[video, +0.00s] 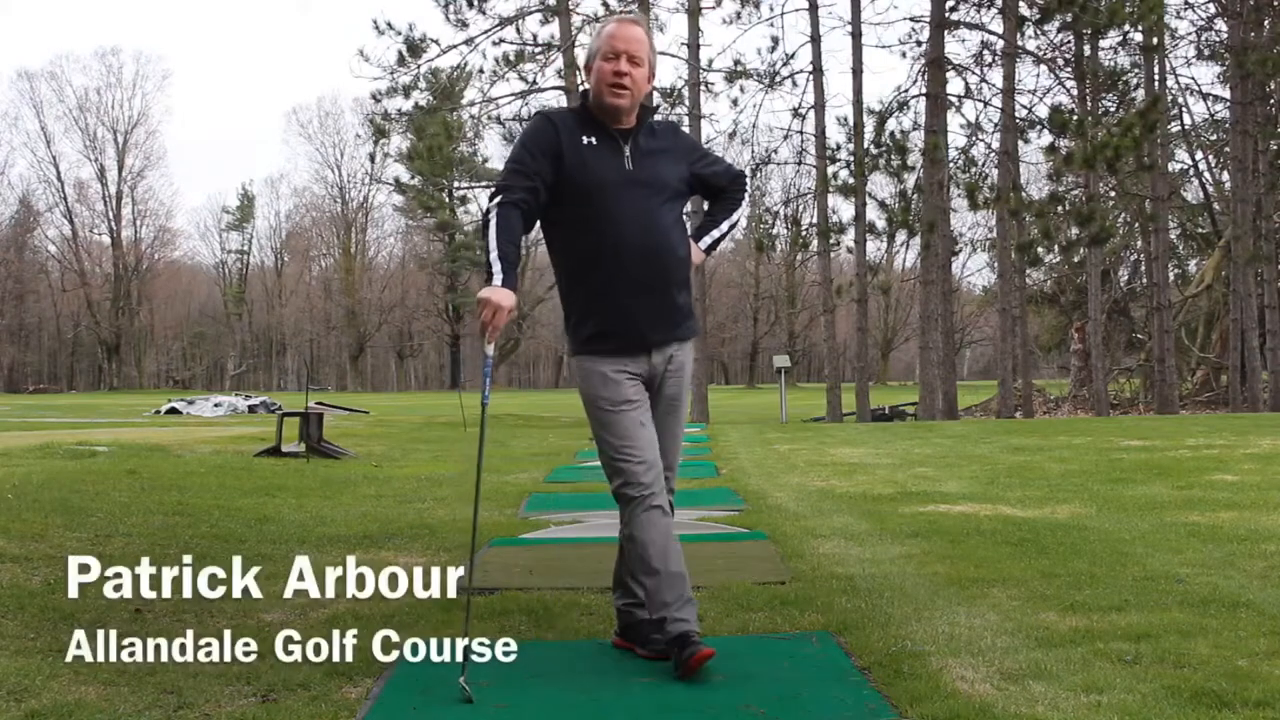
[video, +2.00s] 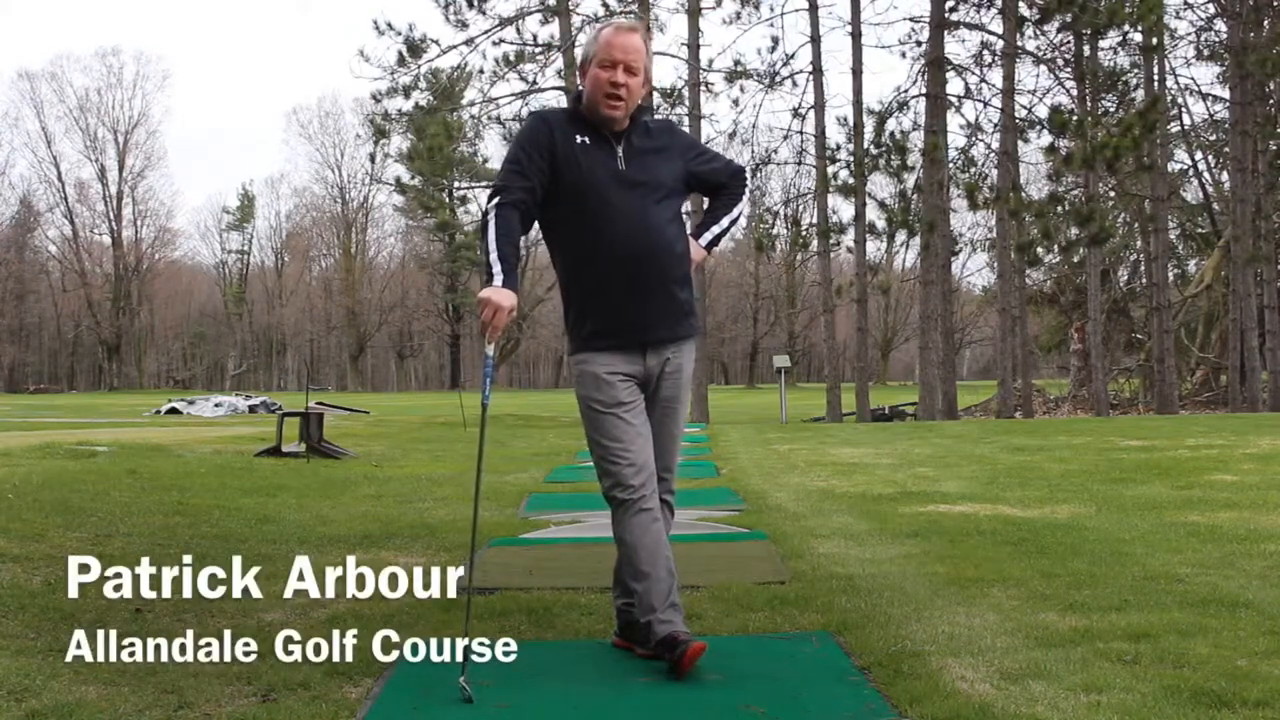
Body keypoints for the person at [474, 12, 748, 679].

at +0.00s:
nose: (620, 68)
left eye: (633, 60)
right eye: (610, 57)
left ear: (651, 77)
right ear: (588, 69)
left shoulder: (673, 141)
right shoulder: (553, 131)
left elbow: (732, 185)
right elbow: (511, 201)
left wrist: (701, 241)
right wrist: (502, 280)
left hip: (674, 339)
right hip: (600, 345)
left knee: (657, 487)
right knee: (642, 485)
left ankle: (635, 618)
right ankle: (681, 632)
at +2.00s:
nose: (617, 80)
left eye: (630, 70)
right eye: (606, 67)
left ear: (646, 82)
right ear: (584, 72)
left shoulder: (669, 141)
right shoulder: (548, 133)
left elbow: (733, 181)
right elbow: (508, 203)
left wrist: (703, 240)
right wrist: (503, 282)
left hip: (674, 339)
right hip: (599, 344)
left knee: (659, 488)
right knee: (634, 486)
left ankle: (634, 619)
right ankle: (669, 631)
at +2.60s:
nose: (612, 78)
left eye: (625, 68)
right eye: (602, 65)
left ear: (641, 80)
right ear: (579, 71)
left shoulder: (667, 139)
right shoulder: (544, 133)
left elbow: (733, 179)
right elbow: (506, 205)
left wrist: (703, 240)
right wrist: (501, 282)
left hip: (672, 339)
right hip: (596, 343)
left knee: (657, 489)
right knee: (630, 487)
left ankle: (632, 619)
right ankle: (667, 631)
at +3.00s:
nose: (614, 77)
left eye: (627, 68)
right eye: (604, 64)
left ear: (643, 80)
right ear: (582, 71)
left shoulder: (668, 140)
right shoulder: (546, 131)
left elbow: (735, 179)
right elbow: (506, 205)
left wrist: (703, 240)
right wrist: (499, 282)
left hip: (672, 340)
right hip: (597, 344)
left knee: (658, 489)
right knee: (630, 487)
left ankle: (633, 619)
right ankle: (665, 631)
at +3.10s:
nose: (615, 78)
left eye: (627, 68)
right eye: (604, 65)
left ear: (643, 81)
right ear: (582, 72)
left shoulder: (668, 140)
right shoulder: (546, 131)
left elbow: (735, 179)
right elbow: (506, 205)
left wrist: (704, 240)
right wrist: (500, 283)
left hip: (672, 340)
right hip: (597, 344)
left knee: (658, 489)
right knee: (630, 487)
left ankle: (633, 619)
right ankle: (665, 631)